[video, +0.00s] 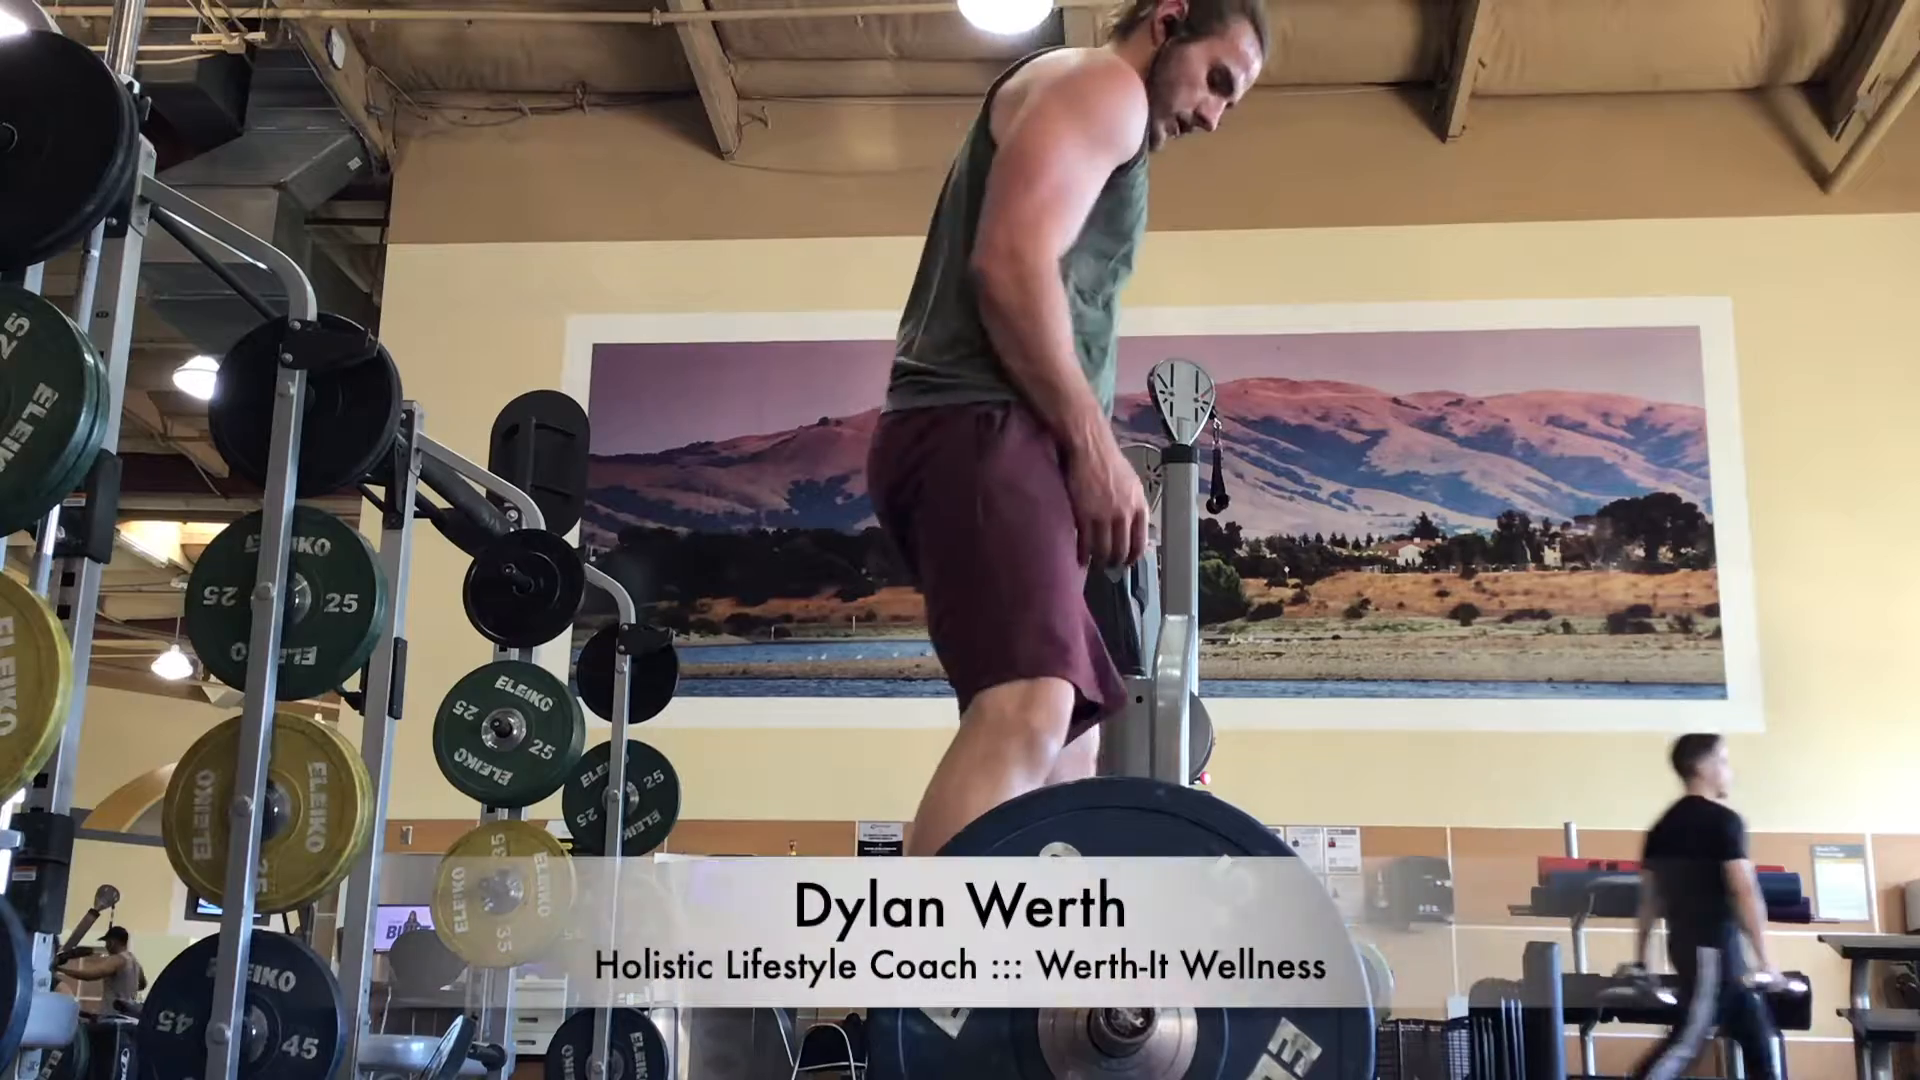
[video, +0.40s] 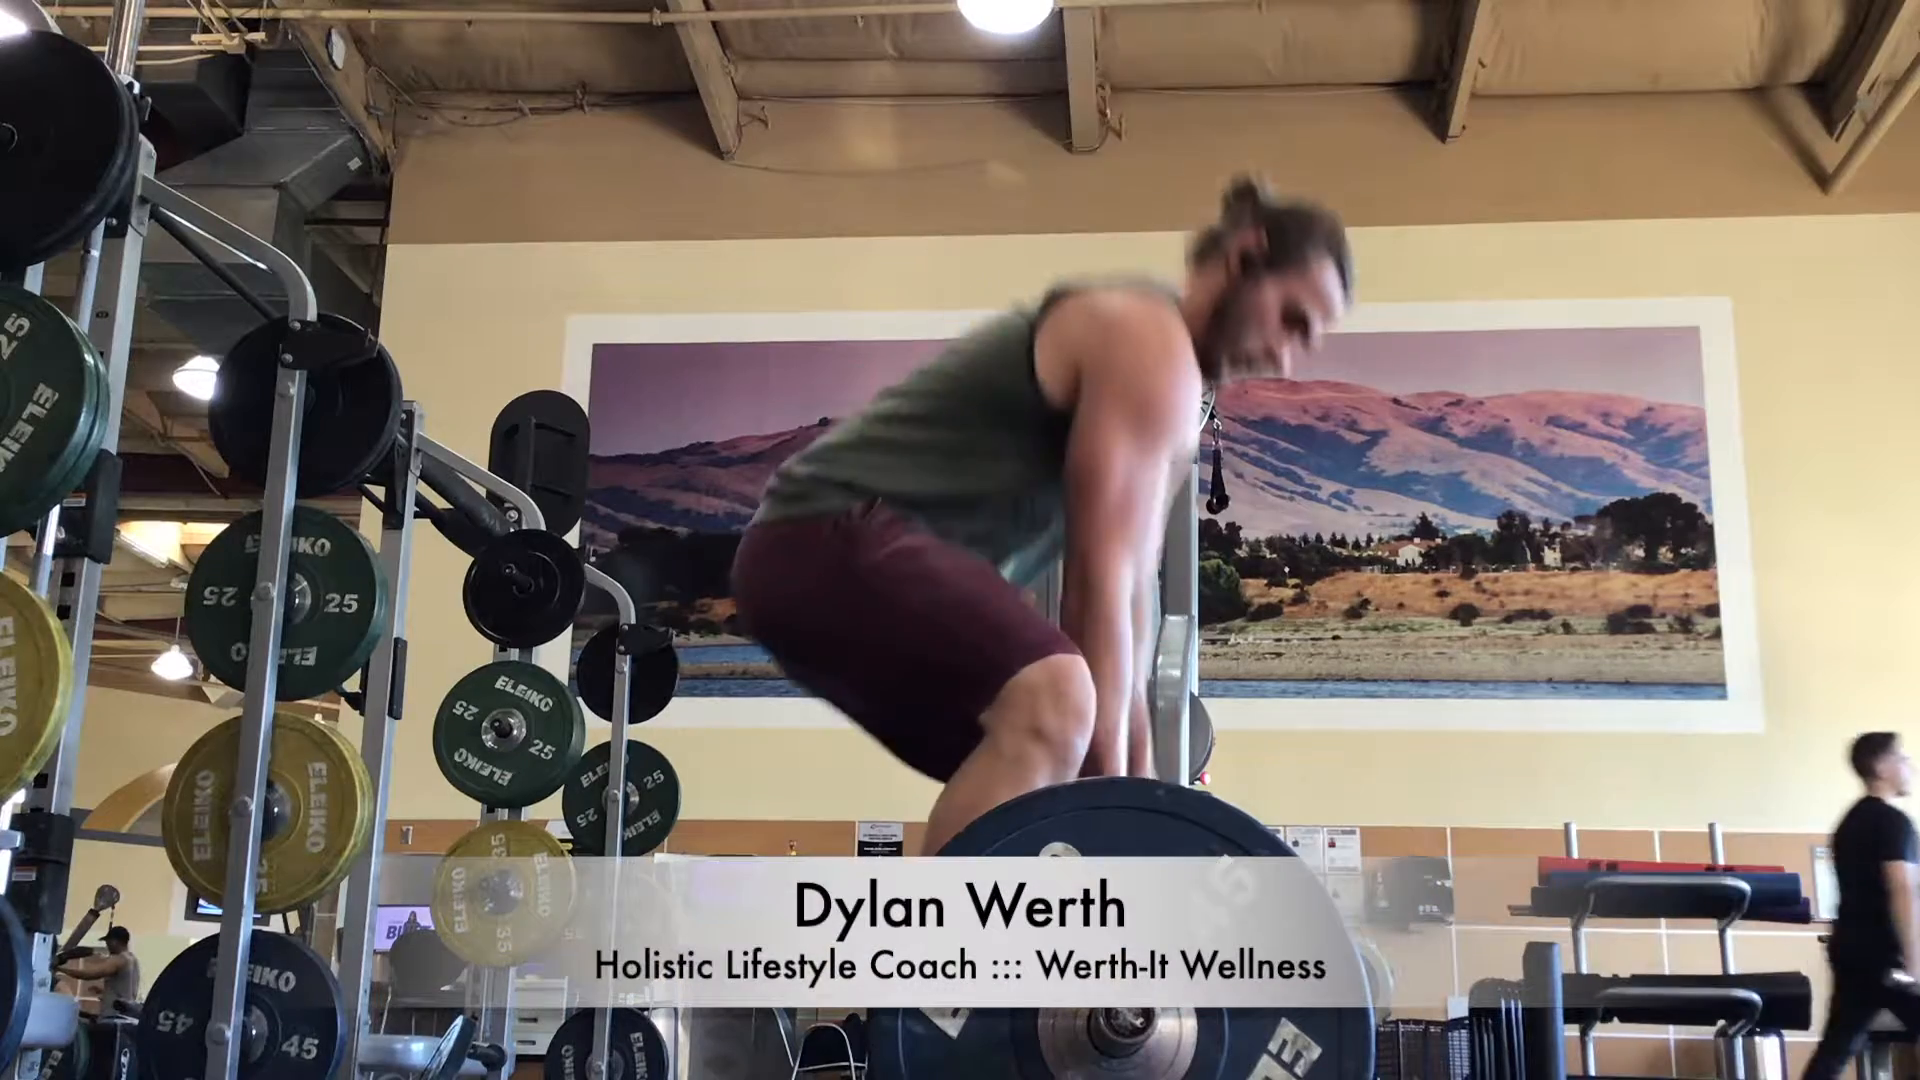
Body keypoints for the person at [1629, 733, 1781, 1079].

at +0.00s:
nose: (1729, 769)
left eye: (1726, 760)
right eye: (1722, 761)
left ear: (1688, 770)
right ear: (1701, 767)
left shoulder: (1661, 827)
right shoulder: (1723, 820)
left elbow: (1649, 900)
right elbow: (1743, 891)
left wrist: (1642, 960)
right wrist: (1765, 959)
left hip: (1684, 941)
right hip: (1715, 942)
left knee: (1759, 1035)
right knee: (1691, 1037)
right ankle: (1641, 1075)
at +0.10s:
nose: (1770, 765)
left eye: (1768, 756)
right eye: (1763, 757)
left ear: (1730, 768)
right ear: (1743, 765)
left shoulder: (1707, 825)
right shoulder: (1769, 816)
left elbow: (1697, 897)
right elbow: (1782, 885)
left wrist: (1692, 956)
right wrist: (1799, 955)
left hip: (1726, 944)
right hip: (1764, 944)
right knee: (1776, 1046)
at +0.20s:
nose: (1815, 758)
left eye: (1813, 750)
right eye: (1808, 751)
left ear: (1777, 761)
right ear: (1786, 758)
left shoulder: (1752, 816)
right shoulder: (1806, 811)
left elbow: (1747, 885)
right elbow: (1817, 883)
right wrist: (1835, 950)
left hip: (1762, 946)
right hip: (1800, 947)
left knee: (1798, 1043)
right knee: (1851, 1034)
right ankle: (1812, 1073)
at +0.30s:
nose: (1860, 758)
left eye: (1857, 751)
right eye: (1852, 752)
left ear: (1822, 763)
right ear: (1830, 761)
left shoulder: (1798, 816)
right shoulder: (1847, 814)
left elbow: (1795, 878)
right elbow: (1858, 887)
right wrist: (1874, 952)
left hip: (1804, 944)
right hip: (1843, 947)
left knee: (1813, 1045)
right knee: (1892, 1028)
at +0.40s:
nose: (1908, 765)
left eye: (1904, 757)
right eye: (1900, 758)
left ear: (1872, 769)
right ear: (1878, 767)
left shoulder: (1850, 821)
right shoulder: (1892, 822)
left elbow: (1852, 894)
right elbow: (1902, 896)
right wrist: (1912, 961)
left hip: (1850, 948)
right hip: (1886, 953)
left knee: (1834, 1049)